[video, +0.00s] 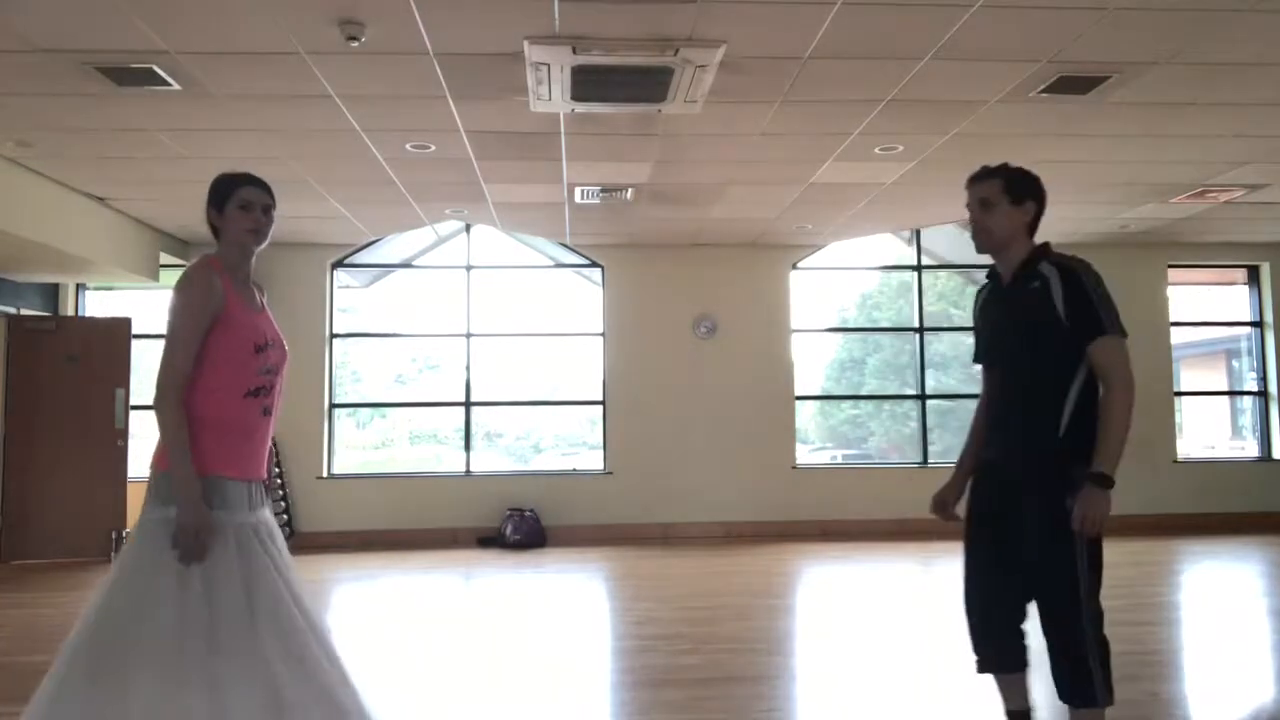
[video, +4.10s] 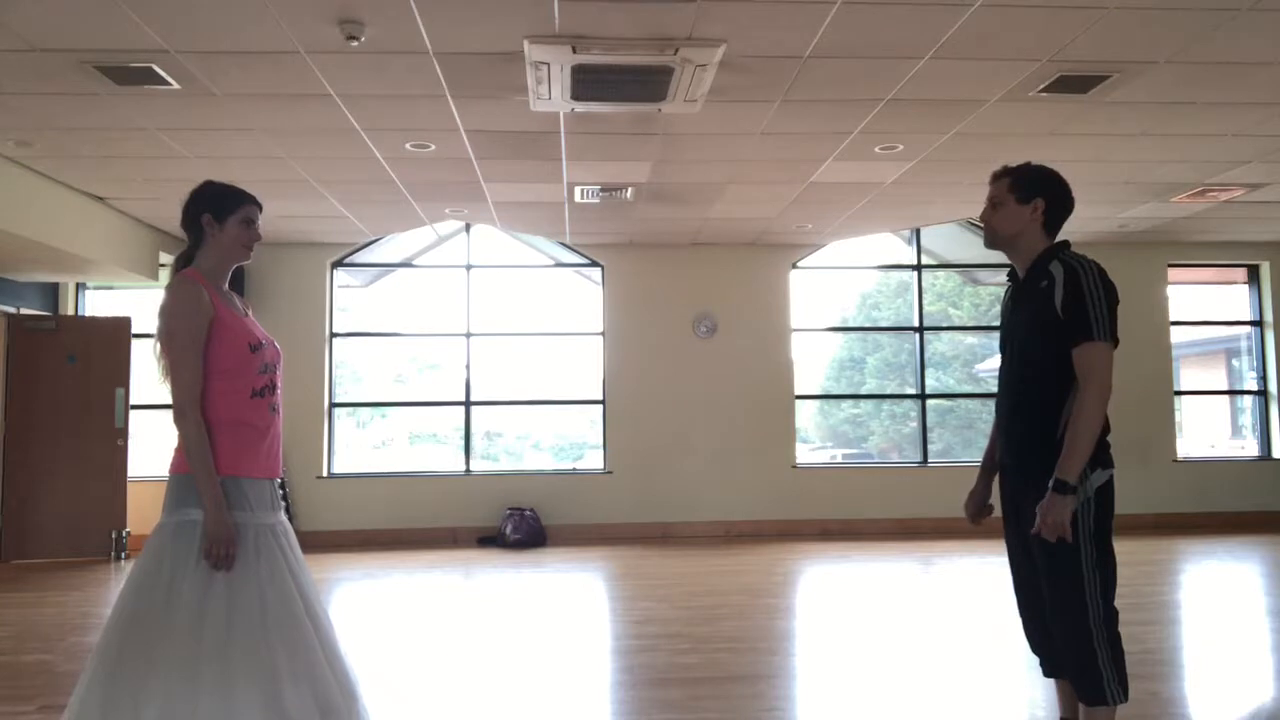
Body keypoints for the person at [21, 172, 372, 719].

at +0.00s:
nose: (257, 218)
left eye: (266, 212)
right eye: (245, 208)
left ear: (272, 226)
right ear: (216, 217)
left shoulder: (256, 294)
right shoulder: (203, 280)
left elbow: (245, 399)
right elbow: (167, 392)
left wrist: (261, 485)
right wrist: (189, 500)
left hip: (245, 497)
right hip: (203, 496)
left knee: (245, 653)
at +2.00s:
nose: (269, 227)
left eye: (268, 217)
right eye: (259, 216)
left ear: (227, 221)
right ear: (221, 218)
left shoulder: (236, 293)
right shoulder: (201, 286)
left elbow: (237, 399)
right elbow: (192, 402)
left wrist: (271, 489)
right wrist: (218, 503)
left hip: (257, 492)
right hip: (225, 493)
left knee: (262, 649)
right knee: (224, 651)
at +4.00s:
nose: (257, 236)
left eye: (258, 227)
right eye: (248, 224)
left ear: (220, 229)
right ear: (209, 224)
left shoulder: (230, 300)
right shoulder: (188, 293)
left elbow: (239, 405)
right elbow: (186, 408)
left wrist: (270, 494)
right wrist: (214, 508)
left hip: (255, 498)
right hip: (219, 499)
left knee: (260, 656)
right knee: (219, 659)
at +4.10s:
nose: (258, 235)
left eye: (258, 226)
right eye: (248, 223)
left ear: (217, 228)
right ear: (209, 224)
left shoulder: (230, 300)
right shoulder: (189, 293)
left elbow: (239, 405)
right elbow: (186, 408)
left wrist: (270, 494)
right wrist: (214, 508)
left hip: (256, 497)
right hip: (219, 499)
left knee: (260, 655)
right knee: (220, 658)